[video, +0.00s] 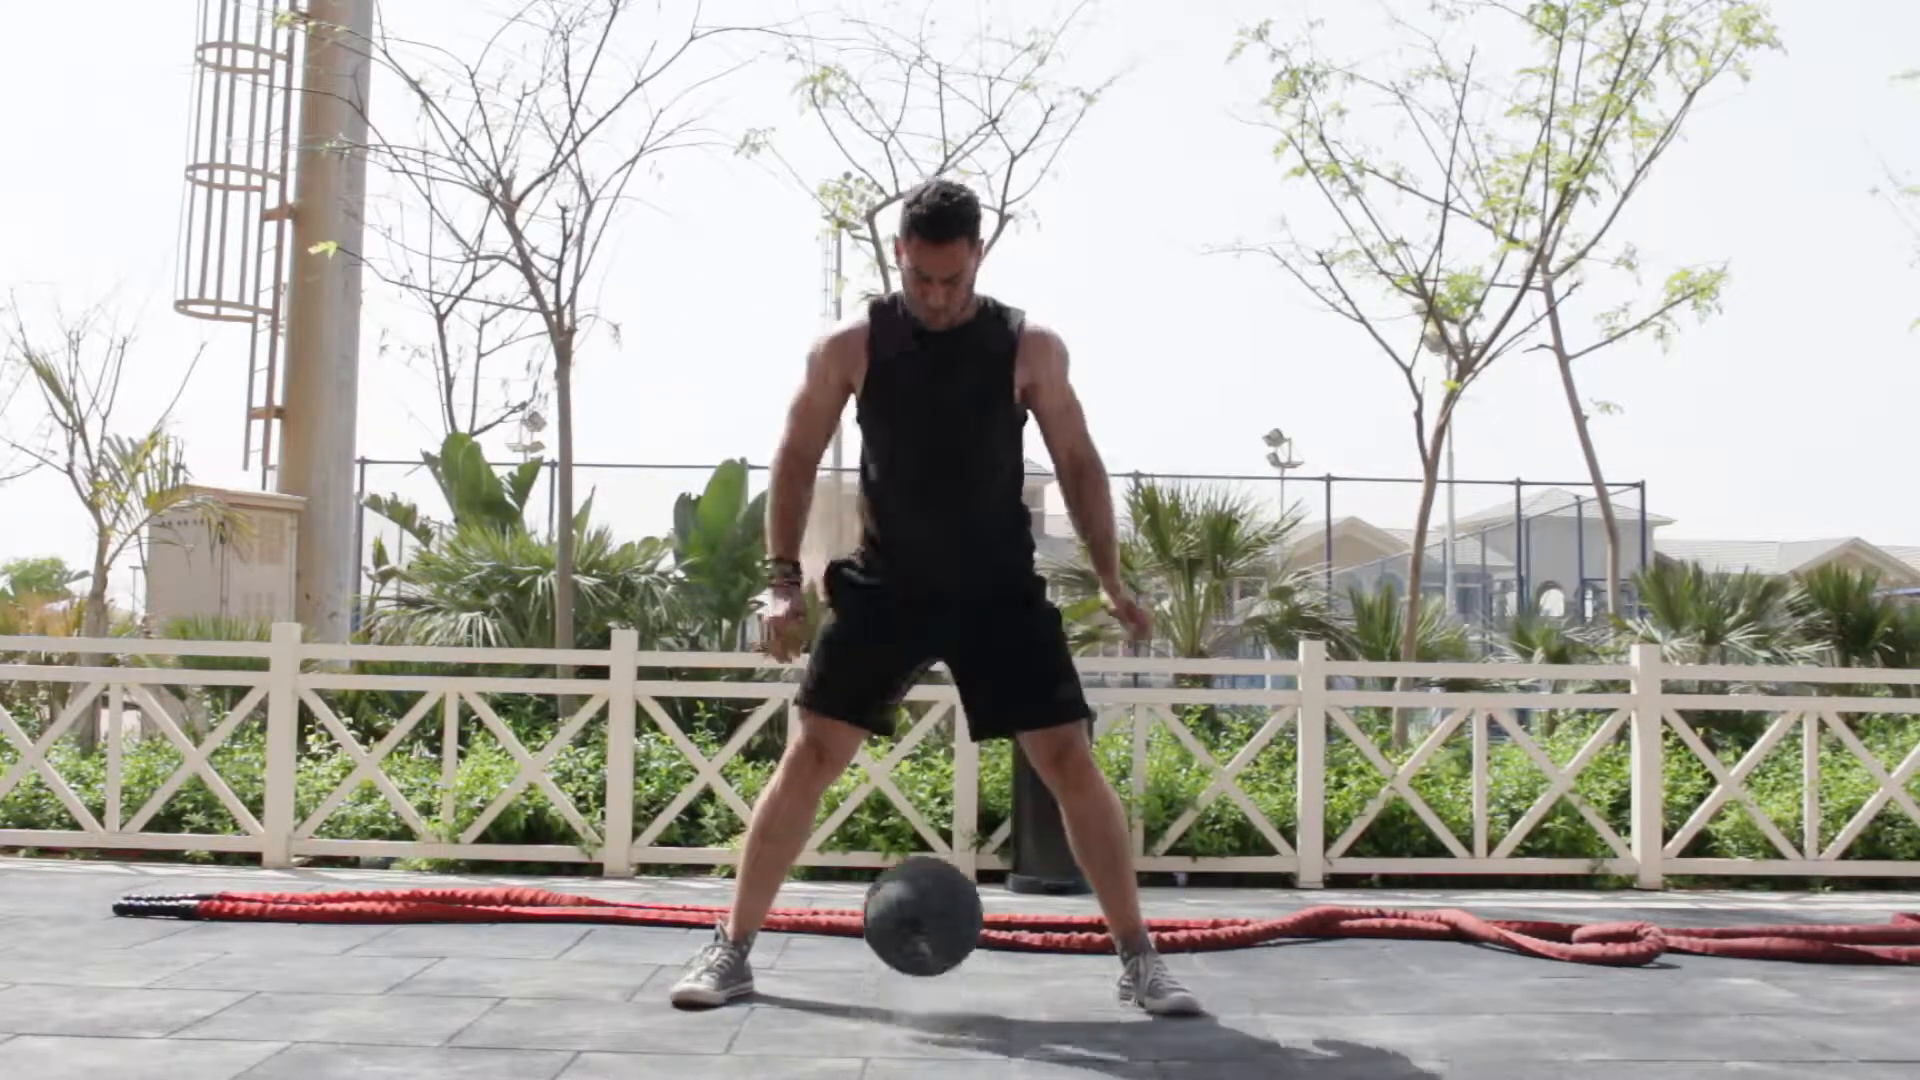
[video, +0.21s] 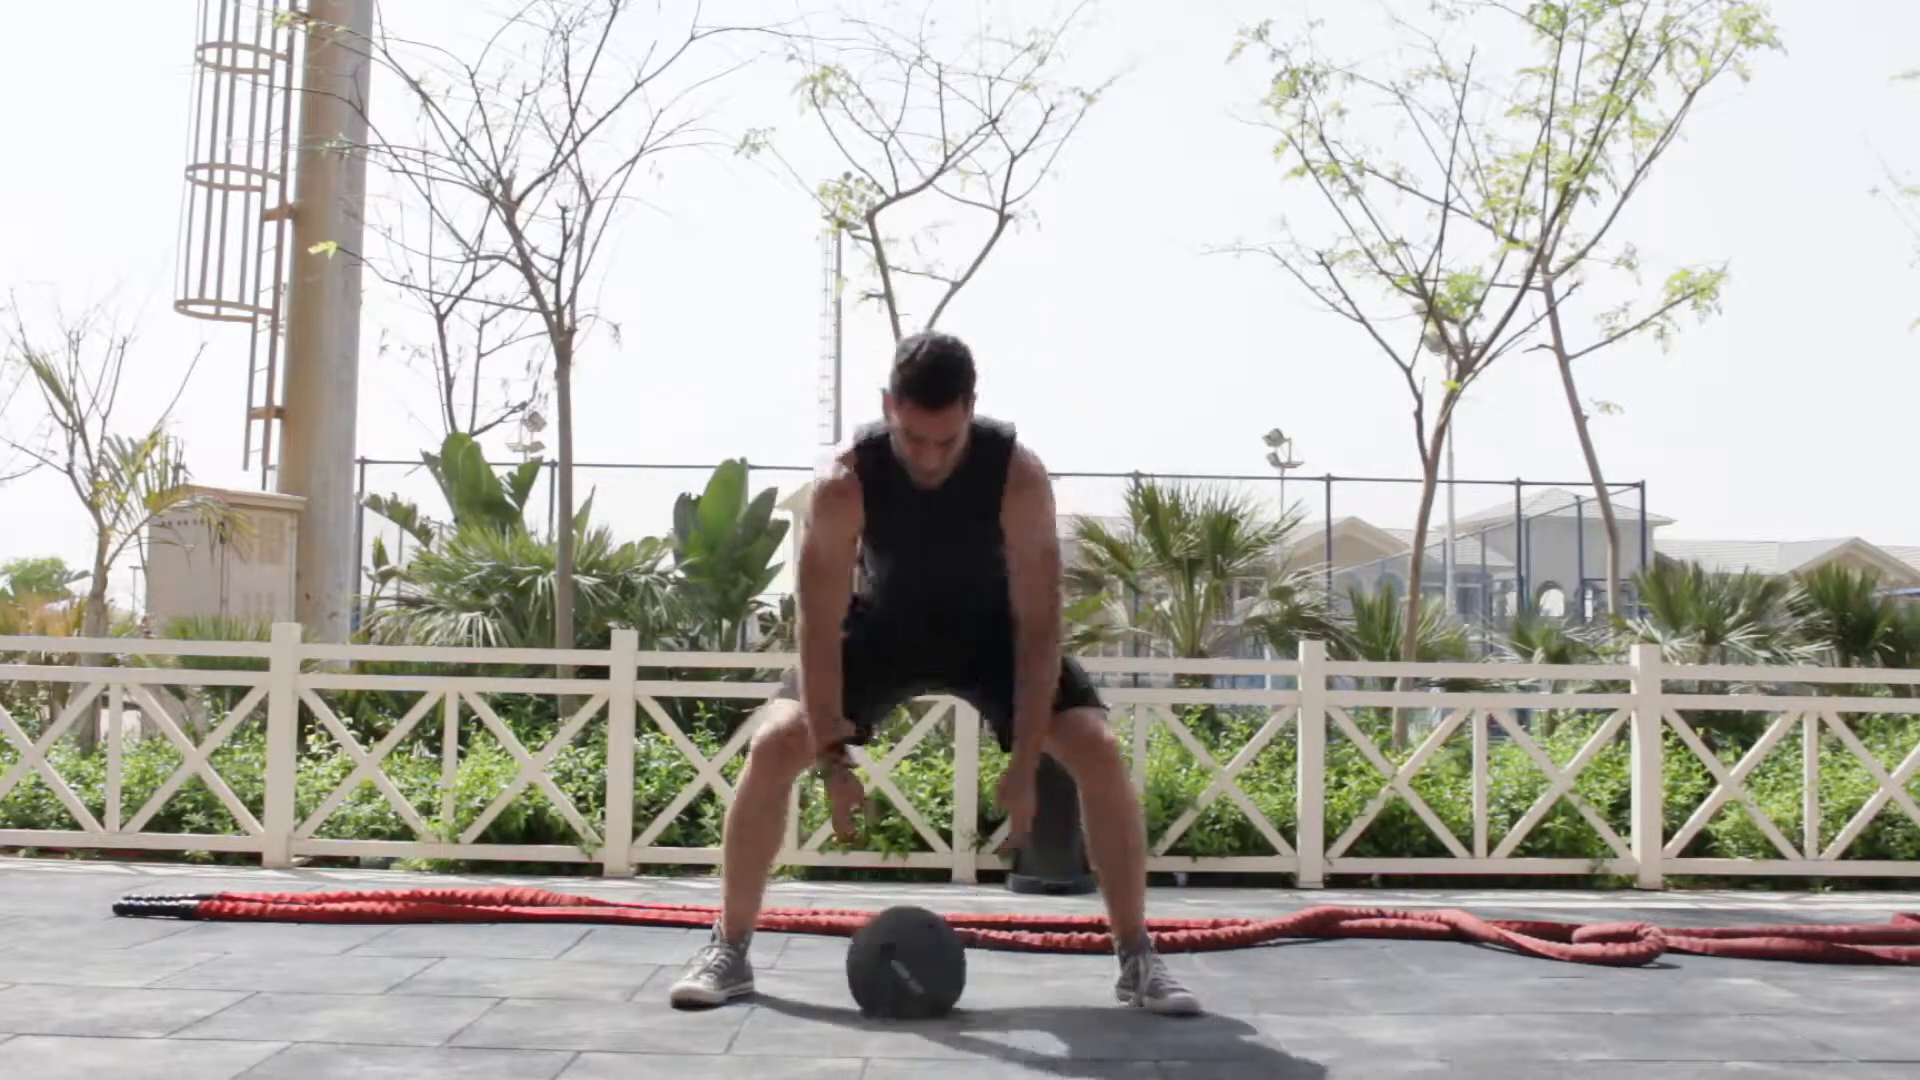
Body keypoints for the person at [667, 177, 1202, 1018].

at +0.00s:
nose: (939, 296)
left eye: (954, 279)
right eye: (924, 278)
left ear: (979, 262)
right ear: (898, 259)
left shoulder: (1031, 353)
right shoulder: (849, 352)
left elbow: (1079, 466)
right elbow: (796, 461)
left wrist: (1110, 578)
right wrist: (783, 577)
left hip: (999, 596)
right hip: (886, 592)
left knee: (1067, 756)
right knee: (809, 755)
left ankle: (1140, 958)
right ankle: (731, 948)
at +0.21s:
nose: (928, 454)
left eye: (944, 439)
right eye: (913, 437)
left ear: (971, 411)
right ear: (891, 408)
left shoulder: (1017, 476)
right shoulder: (846, 486)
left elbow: (1038, 626)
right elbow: (820, 630)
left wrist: (1023, 765)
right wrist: (835, 762)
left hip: (993, 645)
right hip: (884, 644)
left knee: (1097, 746)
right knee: (774, 745)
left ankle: (1137, 957)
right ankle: (729, 952)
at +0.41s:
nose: (930, 660)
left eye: (946, 645)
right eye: (916, 643)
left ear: (973, 614)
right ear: (889, 608)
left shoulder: (1017, 644)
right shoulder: (838, 646)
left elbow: (1008, 796)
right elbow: (826, 794)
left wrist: (980, 929)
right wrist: (827, 919)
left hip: (980, 741)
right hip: (869, 739)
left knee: (1102, 763)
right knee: (751, 760)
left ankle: (1138, 966)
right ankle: (725, 954)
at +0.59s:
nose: (935, 589)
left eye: (953, 573)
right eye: (920, 571)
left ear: (977, 554)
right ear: (894, 543)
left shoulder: (1019, 606)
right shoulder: (842, 601)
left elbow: (1006, 754)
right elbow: (833, 744)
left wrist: (972, 874)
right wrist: (834, 866)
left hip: (981, 728)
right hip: (872, 726)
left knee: (1100, 760)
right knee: (753, 752)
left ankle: (1138, 962)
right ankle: (727, 954)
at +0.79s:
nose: (935, 334)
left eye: (951, 319)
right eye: (920, 318)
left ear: (974, 322)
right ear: (895, 317)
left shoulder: (1022, 412)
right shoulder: (847, 419)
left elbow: (1048, 517)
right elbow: (828, 528)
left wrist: (1020, 576)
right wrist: (856, 580)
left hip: (993, 597)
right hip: (877, 599)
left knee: (1076, 745)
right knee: (780, 739)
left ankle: (1139, 959)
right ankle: (729, 950)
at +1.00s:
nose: (948, 217)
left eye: (963, 209)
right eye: (933, 207)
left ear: (985, 229)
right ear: (905, 228)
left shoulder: (1017, 315)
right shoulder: (872, 316)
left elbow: (1072, 259)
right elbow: (825, 259)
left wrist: (1017, 141)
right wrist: (870, 139)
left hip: (998, 574)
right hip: (888, 574)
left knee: (1062, 758)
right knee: (807, 752)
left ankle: (1135, 959)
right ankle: (733, 951)